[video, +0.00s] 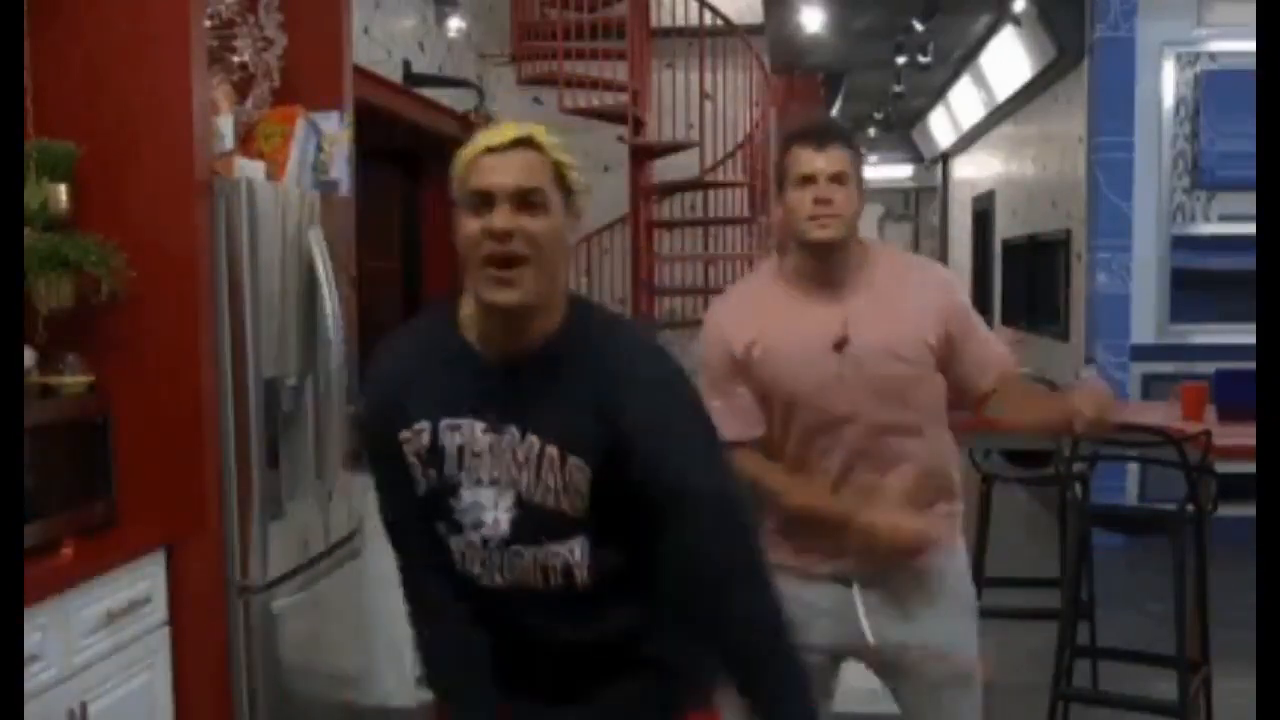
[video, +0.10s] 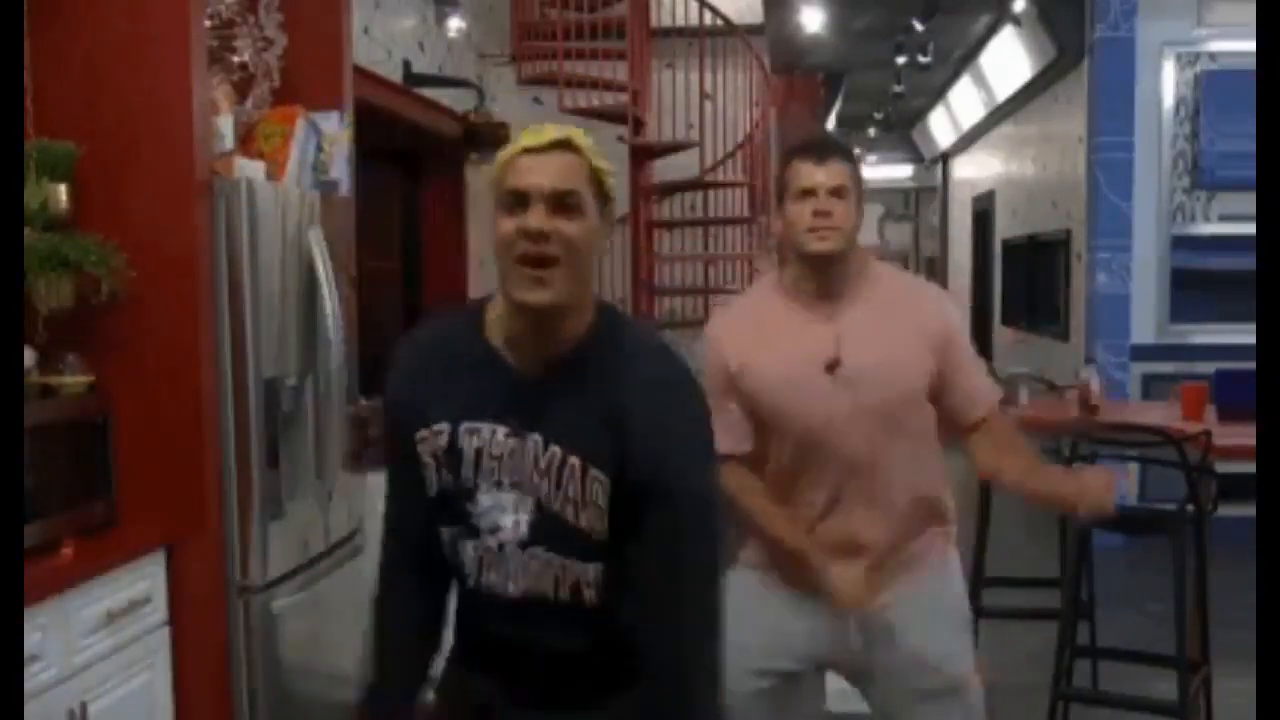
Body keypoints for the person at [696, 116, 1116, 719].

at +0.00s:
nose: (823, 195)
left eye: (838, 180)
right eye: (805, 182)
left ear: (860, 195)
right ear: (780, 203)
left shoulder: (927, 287)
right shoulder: (737, 316)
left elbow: (993, 390)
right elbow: (736, 454)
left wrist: (1067, 409)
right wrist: (855, 516)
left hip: (925, 573)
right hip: (797, 575)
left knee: (952, 711)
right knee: (778, 713)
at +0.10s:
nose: (822, 208)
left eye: (838, 195)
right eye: (804, 196)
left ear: (860, 211)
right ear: (779, 217)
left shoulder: (925, 309)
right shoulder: (733, 329)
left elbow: (985, 430)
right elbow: (727, 463)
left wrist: (1065, 487)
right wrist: (814, 556)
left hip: (912, 571)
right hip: (776, 572)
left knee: (947, 705)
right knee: (742, 703)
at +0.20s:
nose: (791, 195)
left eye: (807, 183)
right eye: (775, 184)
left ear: (830, 201)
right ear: (751, 203)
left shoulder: (883, 300)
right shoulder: (694, 309)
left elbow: (933, 426)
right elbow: (657, 443)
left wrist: (946, 555)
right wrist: (676, 551)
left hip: (869, 580)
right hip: (738, 580)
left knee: (895, 706)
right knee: (719, 709)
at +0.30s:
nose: (766, 190)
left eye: (781, 177)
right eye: (750, 177)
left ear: (805, 196)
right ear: (728, 193)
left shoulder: (850, 292)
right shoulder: (667, 289)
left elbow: (894, 421)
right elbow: (621, 417)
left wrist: (859, 529)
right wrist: (629, 542)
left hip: (825, 575)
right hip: (695, 577)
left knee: (883, 709)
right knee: (678, 712)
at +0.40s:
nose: (716, 209)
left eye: (731, 196)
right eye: (701, 197)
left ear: (754, 211)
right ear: (681, 213)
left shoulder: (806, 325)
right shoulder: (625, 300)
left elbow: (808, 461)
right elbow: (554, 388)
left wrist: (749, 464)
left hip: (771, 579)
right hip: (646, 579)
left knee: (819, 707)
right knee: (634, 711)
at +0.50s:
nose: (698, 206)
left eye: (712, 192)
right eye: (682, 195)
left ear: (739, 207)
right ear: (662, 212)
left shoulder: (790, 311)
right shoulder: (616, 287)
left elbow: (796, 450)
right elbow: (534, 344)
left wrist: (713, 440)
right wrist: (475, 321)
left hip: (757, 562)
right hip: (635, 558)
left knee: (797, 707)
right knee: (610, 710)